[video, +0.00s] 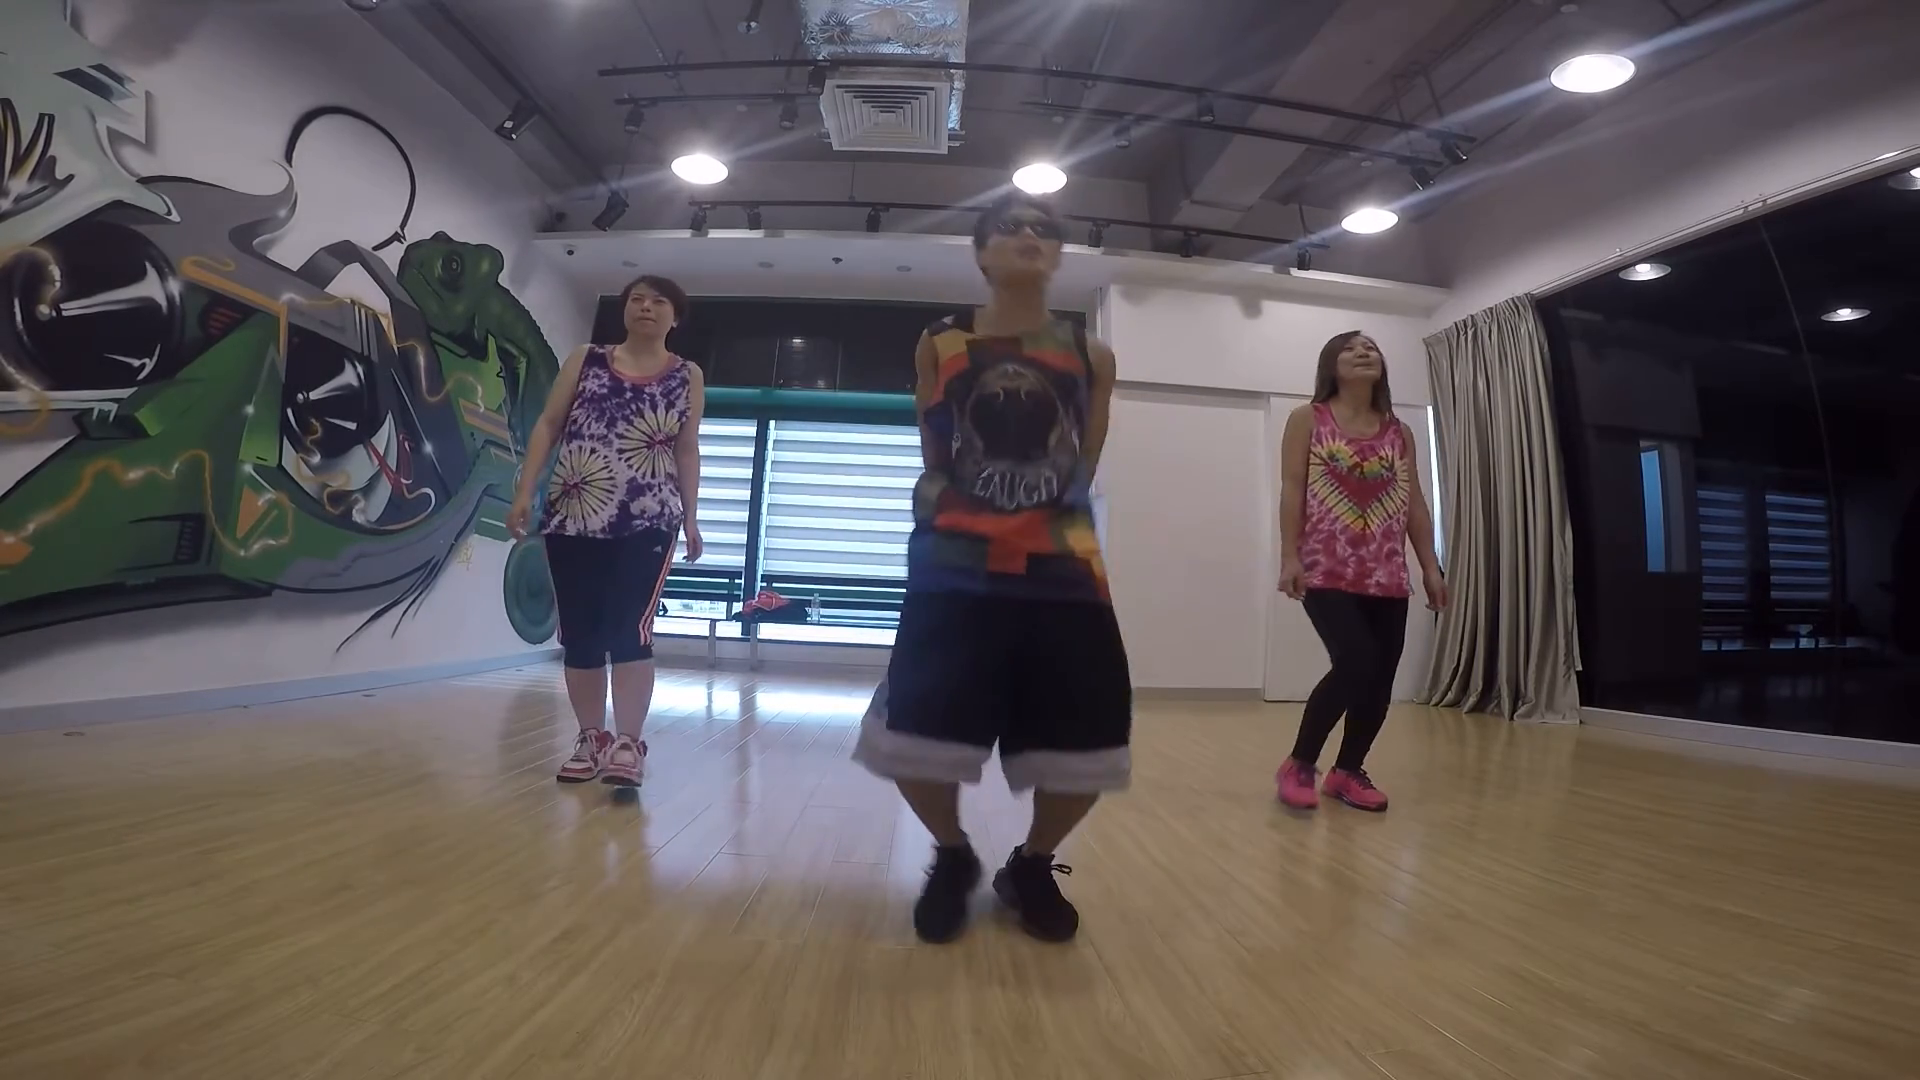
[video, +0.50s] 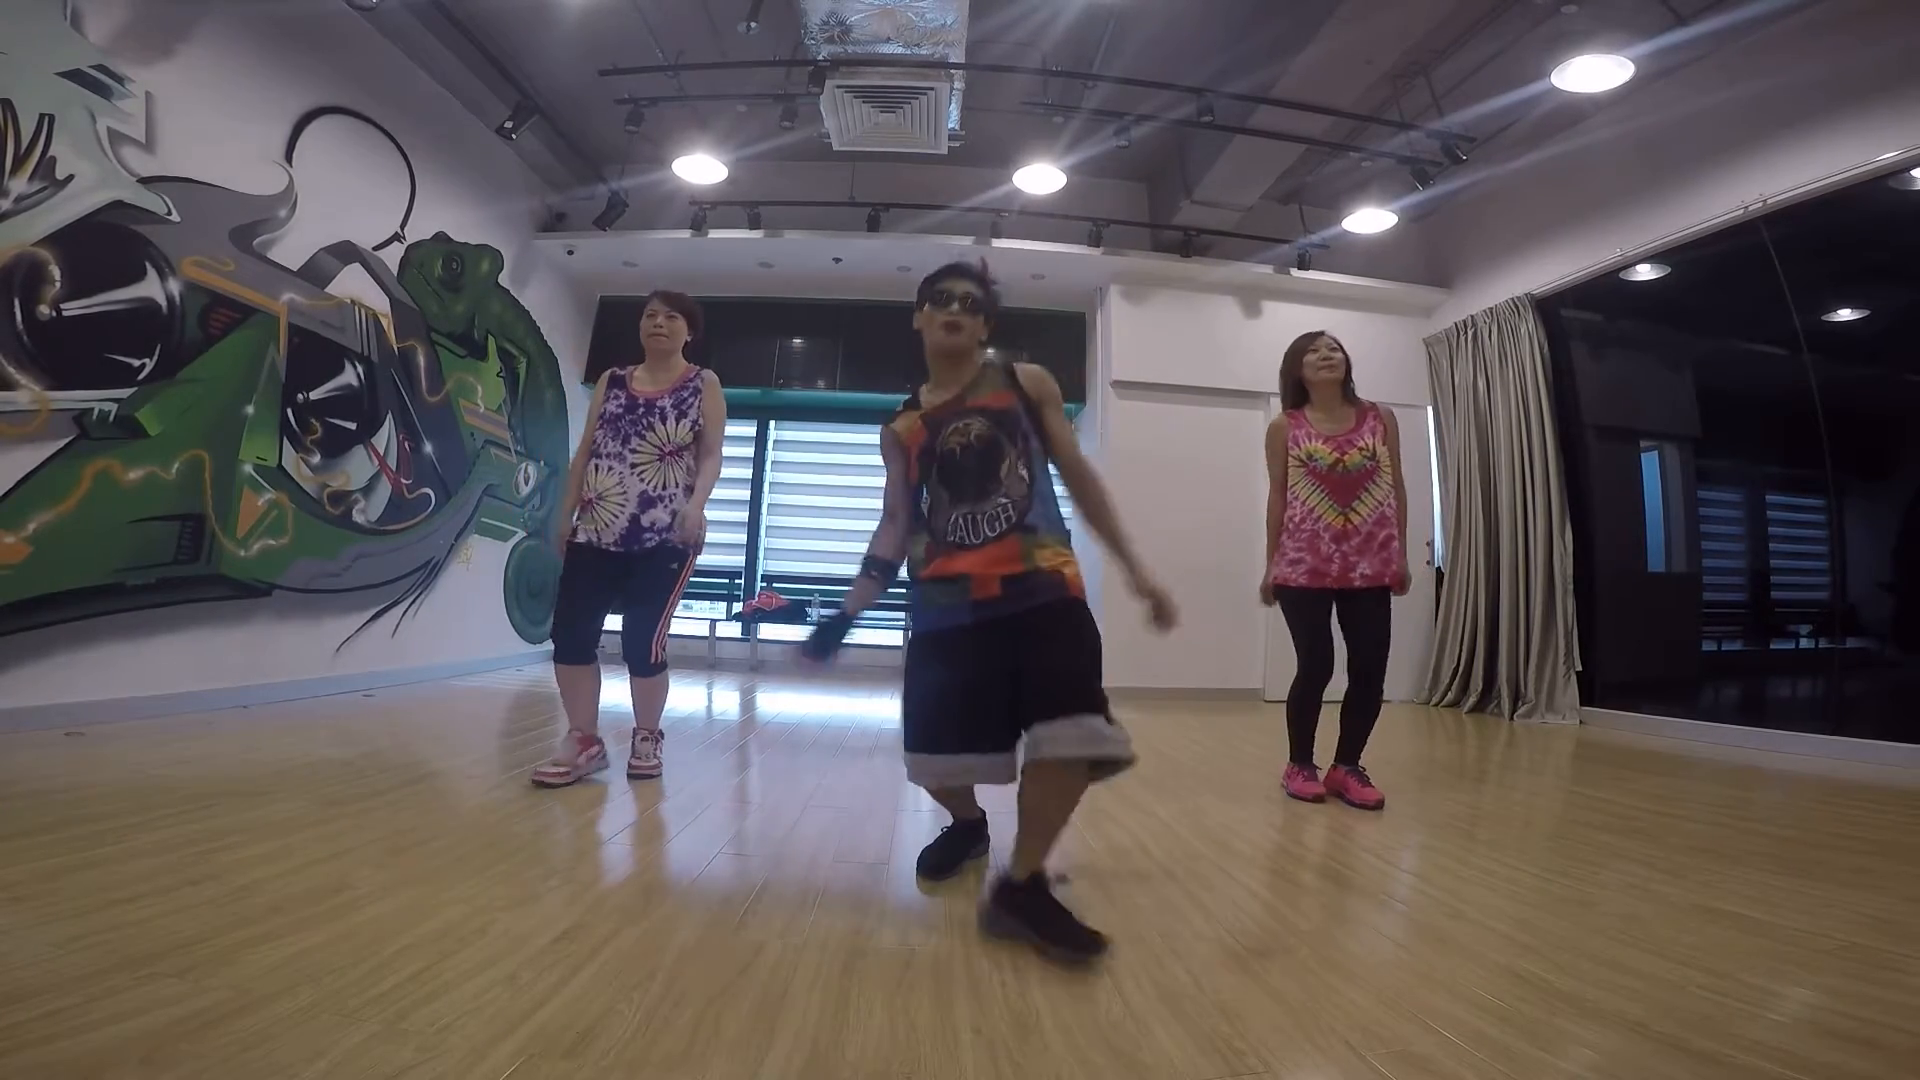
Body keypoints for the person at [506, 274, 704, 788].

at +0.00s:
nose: (646, 305)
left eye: (659, 300)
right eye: (637, 298)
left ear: (675, 317)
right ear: (623, 312)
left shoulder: (686, 376)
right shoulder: (585, 359)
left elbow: (686, 450)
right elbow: (549, 424)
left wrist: (689, 519)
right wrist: (523, 493)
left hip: (646, 522)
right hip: (574, 518)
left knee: (626, 632)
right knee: (580, 636)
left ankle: (628, 744)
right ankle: (591, 741)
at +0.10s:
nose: (651, 308)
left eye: (664, 302)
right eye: (642, 301)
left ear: (680, 318)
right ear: (629, 313)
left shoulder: (691, 379)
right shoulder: (591, 359)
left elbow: (688, 451)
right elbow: (552, 424)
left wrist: (691, 519)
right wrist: (528, 488)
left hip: (648, 522)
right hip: (576, 517)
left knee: (628, 632)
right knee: (580, 635)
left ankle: (637, 741)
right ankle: (592, 740)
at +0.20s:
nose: (654, 315)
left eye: (667, 309)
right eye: (646, 308)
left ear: (684, 325)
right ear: (633, 319)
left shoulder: (695, 384)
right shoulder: (596, 367)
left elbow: (693, 457)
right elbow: (560, 432)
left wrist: (694, 523)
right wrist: (534, 493)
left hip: (649, 527)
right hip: (578, 523)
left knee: (631, 638)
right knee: (578, 640)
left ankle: (646, 735)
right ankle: (593, 741)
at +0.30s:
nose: (657, 318)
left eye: (669, 312)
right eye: (649, 311)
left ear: (686, 326)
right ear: (636, 323)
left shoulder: (700, 384)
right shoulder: (602, 374)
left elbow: (701, 457)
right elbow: (570, 439)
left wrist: (698, 520)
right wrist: (545, 505)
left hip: (654, 531)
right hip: (583, 527)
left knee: (638, 641)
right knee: (577, 640)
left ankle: (647, 736)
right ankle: (592, 739)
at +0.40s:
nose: (657, 317)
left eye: (669, 311)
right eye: (650, 310)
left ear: (689, 325)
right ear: (639, 323)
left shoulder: (703, 381)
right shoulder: (608, 375)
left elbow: (707, 455)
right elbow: (578, 445)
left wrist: (697, 513)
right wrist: (559, 512)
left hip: (658, 535)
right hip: (590, 530)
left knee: (644, 645)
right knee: (573, 641)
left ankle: (646, 737)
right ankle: (590, 735)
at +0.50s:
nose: (658, 322)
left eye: (670, 316)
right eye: (650, 315)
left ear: (689, 330)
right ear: (639, 327)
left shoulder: (703, 384)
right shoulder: (612, 381)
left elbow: (710, 456)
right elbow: (584, 454)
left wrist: (696, 504)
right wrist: (565, 518)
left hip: (662, 537)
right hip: (596, 531)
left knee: (643, 642)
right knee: (571, 635)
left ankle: (646, 738)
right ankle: (582, 742)